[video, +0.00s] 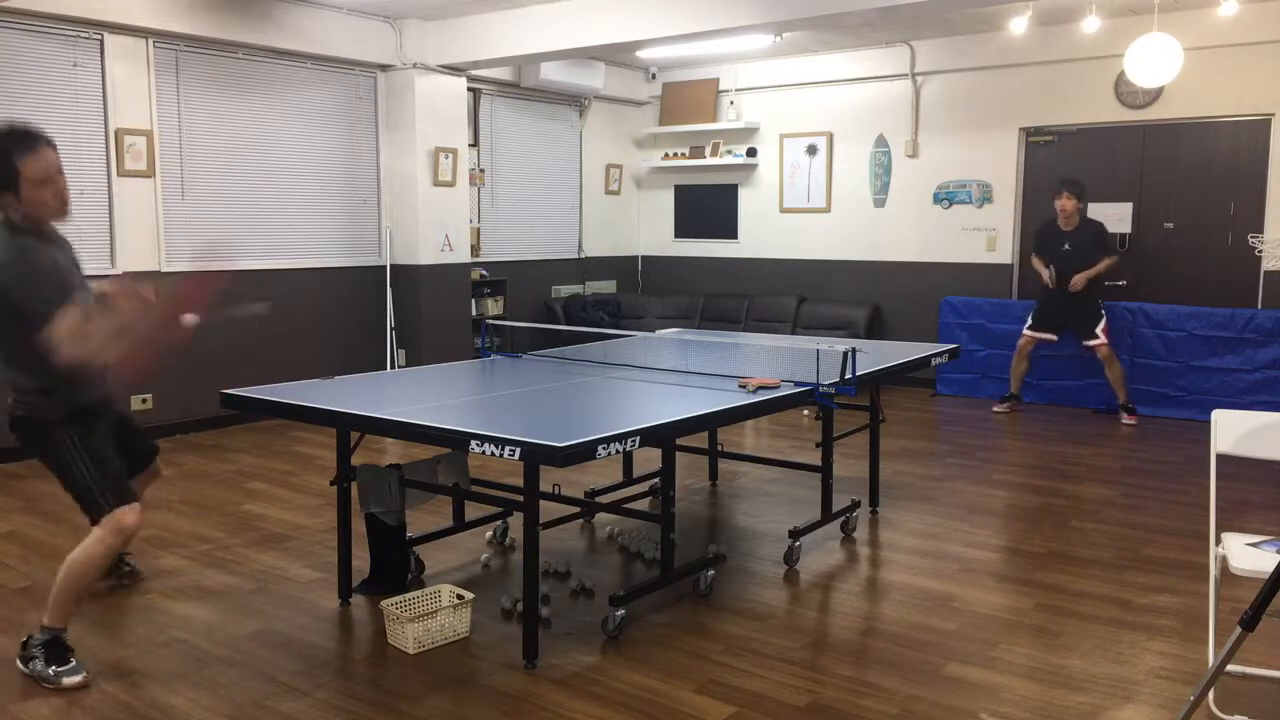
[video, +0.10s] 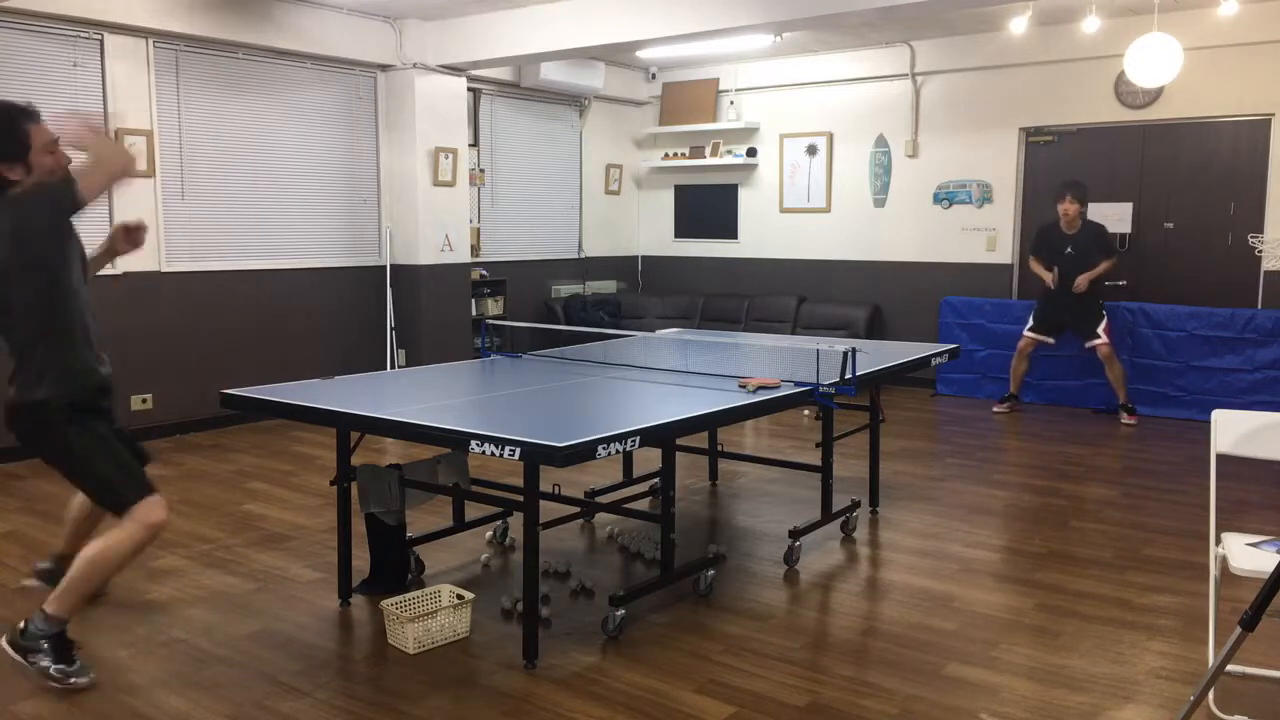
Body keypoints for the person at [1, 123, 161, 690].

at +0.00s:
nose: (61, 189)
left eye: (60, 176)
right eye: (45, 182)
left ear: (61, 175)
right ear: (10, 200)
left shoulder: (46, 239)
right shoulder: (21, 257)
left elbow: (76, 304)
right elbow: (73, 348)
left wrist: (118, 304)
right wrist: (143, 322)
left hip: (81, 394)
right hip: (47, 409)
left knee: (144, 467)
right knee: (121, 517)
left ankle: (105, 558)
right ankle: (45, 642)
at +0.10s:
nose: (61, 157)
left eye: (56, 147)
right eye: (48, 152)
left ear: (18, 170)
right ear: (14, 170)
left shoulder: (27, 212)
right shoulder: (29, 207)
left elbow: (53, 282)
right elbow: (116, 162)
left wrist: (107, 251)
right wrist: (87, 138)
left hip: (66, 394)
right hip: (52, 402)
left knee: (118, 475)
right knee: (146, 514)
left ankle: (62, 565)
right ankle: (42, 630)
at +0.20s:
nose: (64, 165)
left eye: (58, 154)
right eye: (51, 158)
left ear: (18, 178)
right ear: (17, 176)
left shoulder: (14, 221)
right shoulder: (38, 219)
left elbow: (37, 304)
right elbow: (136, 193)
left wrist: (98, 277)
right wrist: (100, 137)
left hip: (24, 403)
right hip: (56, 405)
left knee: (86, 491)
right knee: (159, 526)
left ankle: (10, 586)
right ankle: (89, 672)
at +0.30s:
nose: (68, 190)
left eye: (63, 178)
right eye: (58, 181)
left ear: (18, 196)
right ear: (25, 196)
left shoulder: (7, 247)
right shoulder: (49, 249)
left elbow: (19, 320)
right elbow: (158, 268)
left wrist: (79, 318)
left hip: (13, 427)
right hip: (60, 427)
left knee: (68, 510)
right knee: (149, 548)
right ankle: (97, 687)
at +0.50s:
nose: (92, 143)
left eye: (86, 132)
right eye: (81, 135)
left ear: (41, 153)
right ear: (52, 152)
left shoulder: (17, 208)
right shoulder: (45, 217)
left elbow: (32, 293)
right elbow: (79, 308)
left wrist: (98, 283)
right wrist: (160, 287)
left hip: (10, 388)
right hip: (30, 392)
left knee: (29, 500)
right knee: (90, 505)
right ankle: (69, 663)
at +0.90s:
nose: (140, 210)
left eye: (136, 200)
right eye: (130, 202)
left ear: (98, 217)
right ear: (98, 217)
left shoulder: (84, 267)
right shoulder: (56, 275)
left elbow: (80, 340)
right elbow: (60, 380)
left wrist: (147, 361)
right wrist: (144, 367)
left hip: (37, 411)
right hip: (6, 420)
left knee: (107, 483)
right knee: (70, 525)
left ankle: (70, 573)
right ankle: (0, 660)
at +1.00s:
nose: (140, 221)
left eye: (135, 211)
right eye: (129, 215)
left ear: (98, 229)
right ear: (95, 231)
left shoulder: (109, 272)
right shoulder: (45, 292)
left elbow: (100, 322)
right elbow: (42, 392)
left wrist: (150, 362)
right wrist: (127, 406)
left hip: (51, 409)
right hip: (9, 419)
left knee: (127, 479)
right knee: (78, 500)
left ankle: (72, 569)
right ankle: (17, 650)